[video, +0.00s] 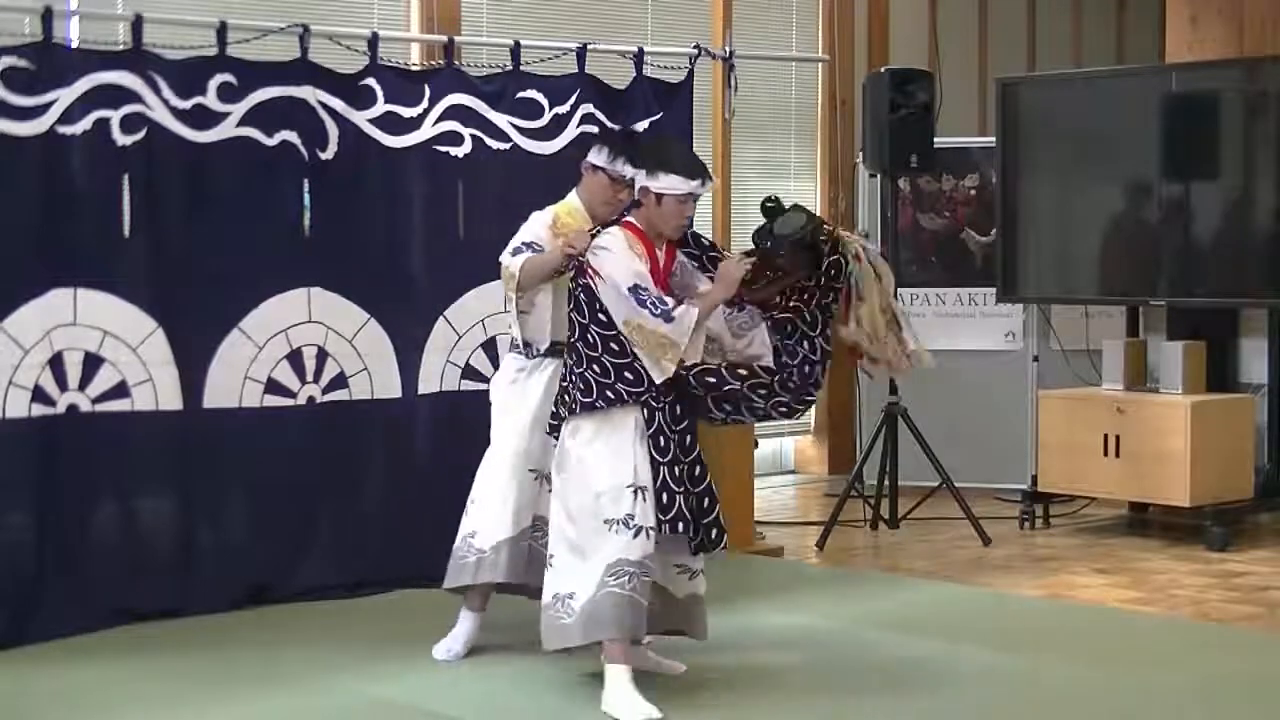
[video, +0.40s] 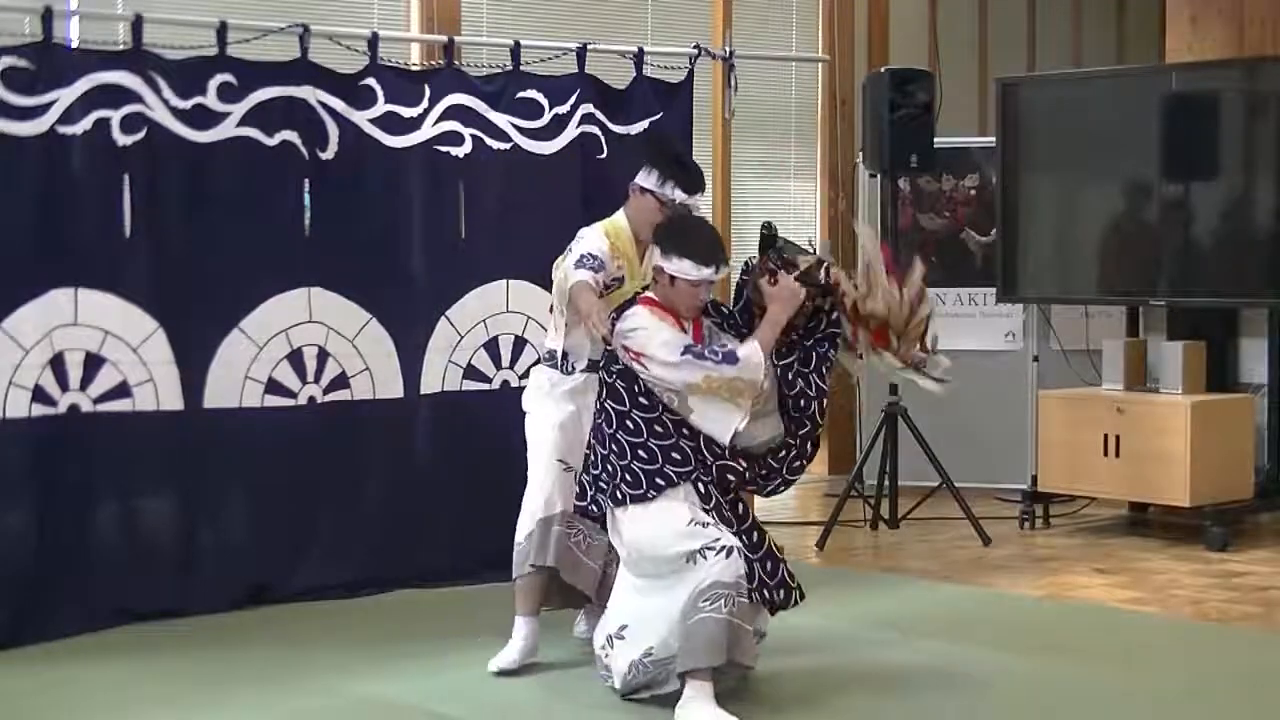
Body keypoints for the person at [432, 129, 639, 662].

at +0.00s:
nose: (626, 197)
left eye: (632, 188)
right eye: (618, 184)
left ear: (634, 191)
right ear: (587, 174)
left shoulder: (625, 236)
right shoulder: (546, 224)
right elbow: (513, 278)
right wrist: (556, 259)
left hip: (598, 384)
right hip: (535, 381)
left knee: (607, 497)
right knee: (503, 489)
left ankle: (616, 623)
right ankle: (470, 617)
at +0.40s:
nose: (673, 216)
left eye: (680, 208)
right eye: (667, 204)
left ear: (679, 208)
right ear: (638, 192)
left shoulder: (664, 250)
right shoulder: (598, 241)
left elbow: (694, 310)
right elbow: (578, 285)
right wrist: (601, 319)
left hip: (620, 390)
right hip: (563, 387)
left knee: (619, 503)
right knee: (548, 495)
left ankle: (596, 616)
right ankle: (523, 631)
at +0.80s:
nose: (677, 249)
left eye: (684, 241)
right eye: (673, 236)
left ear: (681, 238)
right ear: (645, 219)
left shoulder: (660, 276)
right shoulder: (594, 263)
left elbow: (673, 340)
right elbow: (578, 328)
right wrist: (609, 356)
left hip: (609, 408)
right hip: (556, 406)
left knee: (611, 511)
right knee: (556, 520)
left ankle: (596, 612)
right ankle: (538, 650)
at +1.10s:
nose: (659, 254)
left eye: (665, 246)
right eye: (655, 242)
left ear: (639, 233)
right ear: (625, 225)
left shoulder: (639, 279)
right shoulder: (573, 273)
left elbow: (639, 344)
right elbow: (561, 355)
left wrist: (644, 376)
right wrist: (629, 378)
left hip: (607, 417)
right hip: (557, 422)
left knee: (623, 516)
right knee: (571, 527)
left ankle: (601, 615)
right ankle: (542, 651)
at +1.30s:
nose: (654, 257)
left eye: (659, 248)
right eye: (651, 246)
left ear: (631, 234)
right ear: (621, 230)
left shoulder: (632, 279)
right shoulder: (569, 274)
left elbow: (633, 354)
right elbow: (579, 365)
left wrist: (639, 390)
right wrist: (653, 385)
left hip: (605, 420)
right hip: (553, 425)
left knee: (626, 521)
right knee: (574, 533)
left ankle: (610, 621)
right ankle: (542, 652)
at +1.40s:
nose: (649, 254)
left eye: (655, 244)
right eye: (646, 242)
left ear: (629, 232)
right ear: (616, 227)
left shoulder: (629, 275)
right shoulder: (566, 274)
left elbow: (631, 356)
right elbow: (578, 368)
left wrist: (650, 384)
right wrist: (656, 383)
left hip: (604, 421)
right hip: (551, 427)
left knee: (630, 522)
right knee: (578, 535)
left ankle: (615, 624)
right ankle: (542, 652)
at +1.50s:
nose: (647, 251)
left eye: (653, 242)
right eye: (643, 238)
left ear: (632, 231)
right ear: (614, 221)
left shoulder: (625, 274)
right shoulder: (562, 269)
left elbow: (629, 356)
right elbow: (577, 365)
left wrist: (654, 383)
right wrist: (656, 384)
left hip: (597, 414)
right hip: (543, 419)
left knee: (618, 518)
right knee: (568, 530)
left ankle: (600, 621)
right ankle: (541, 651)